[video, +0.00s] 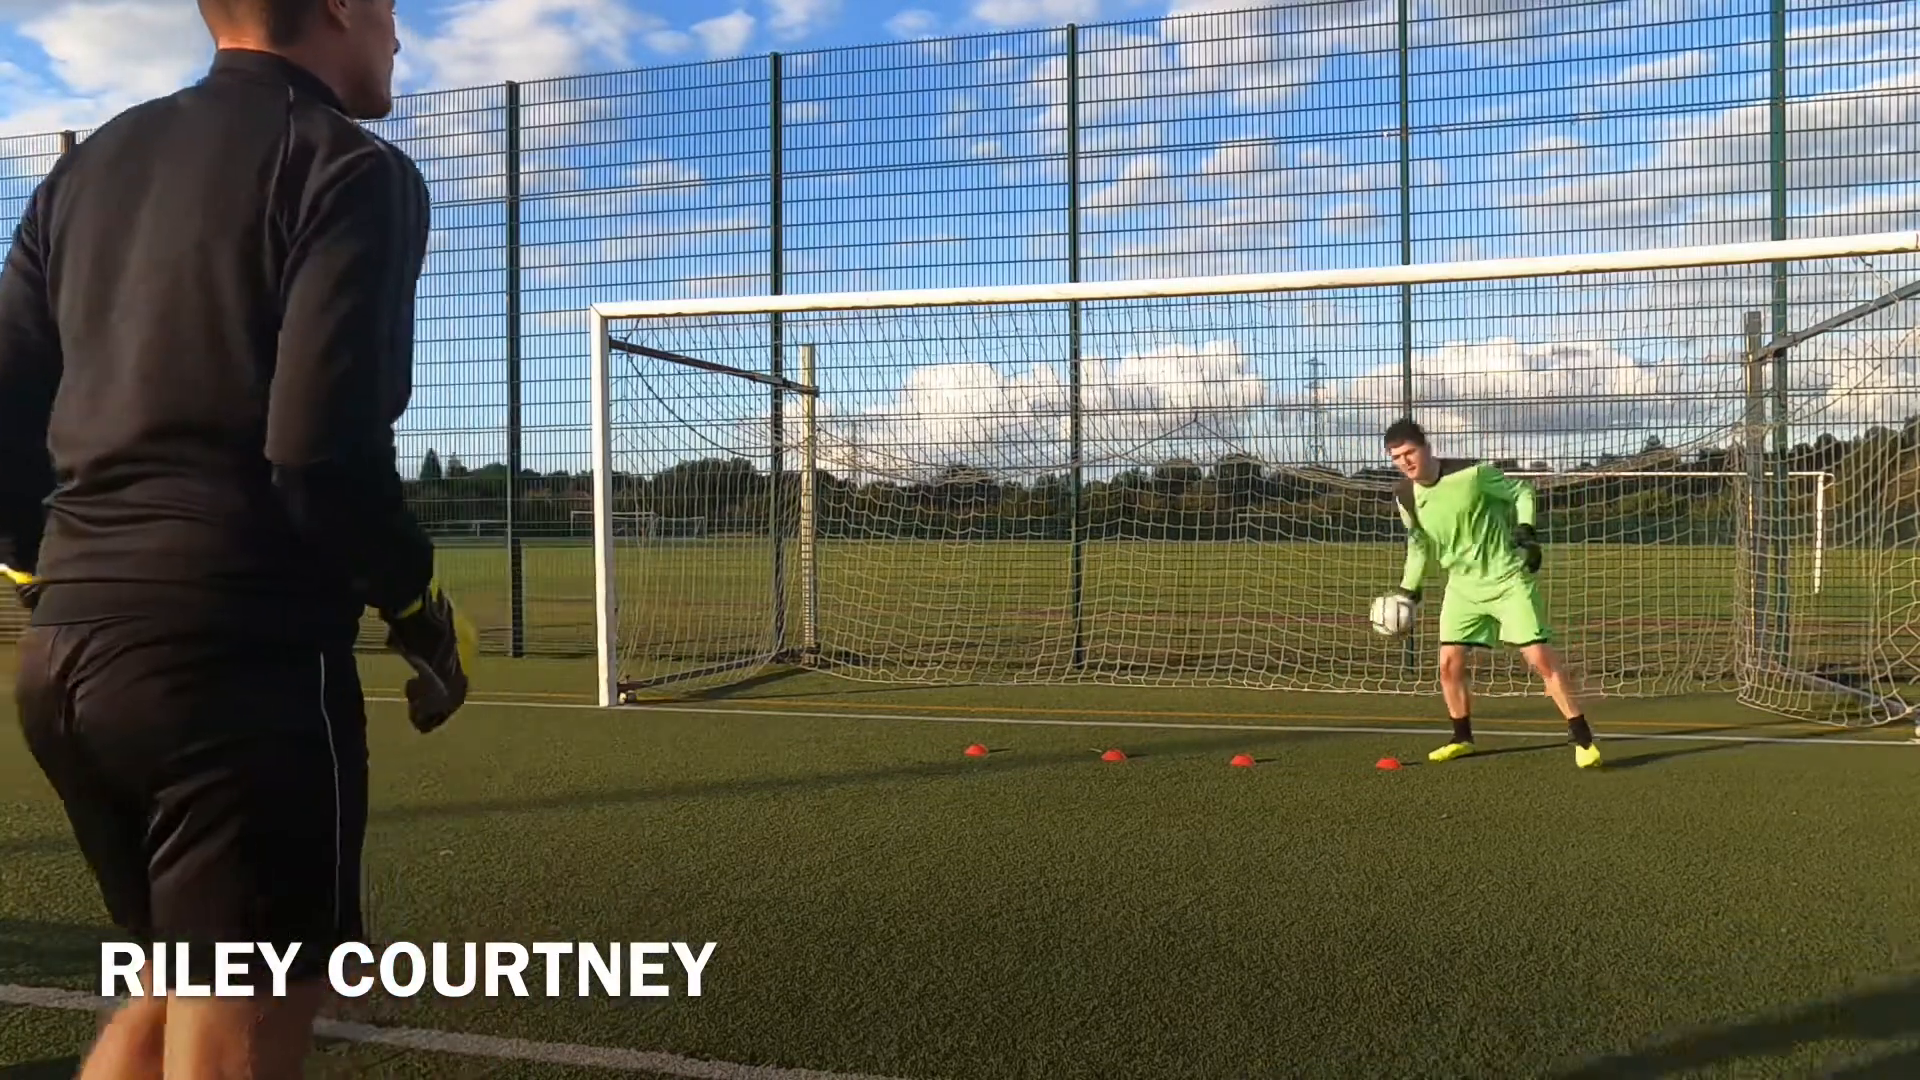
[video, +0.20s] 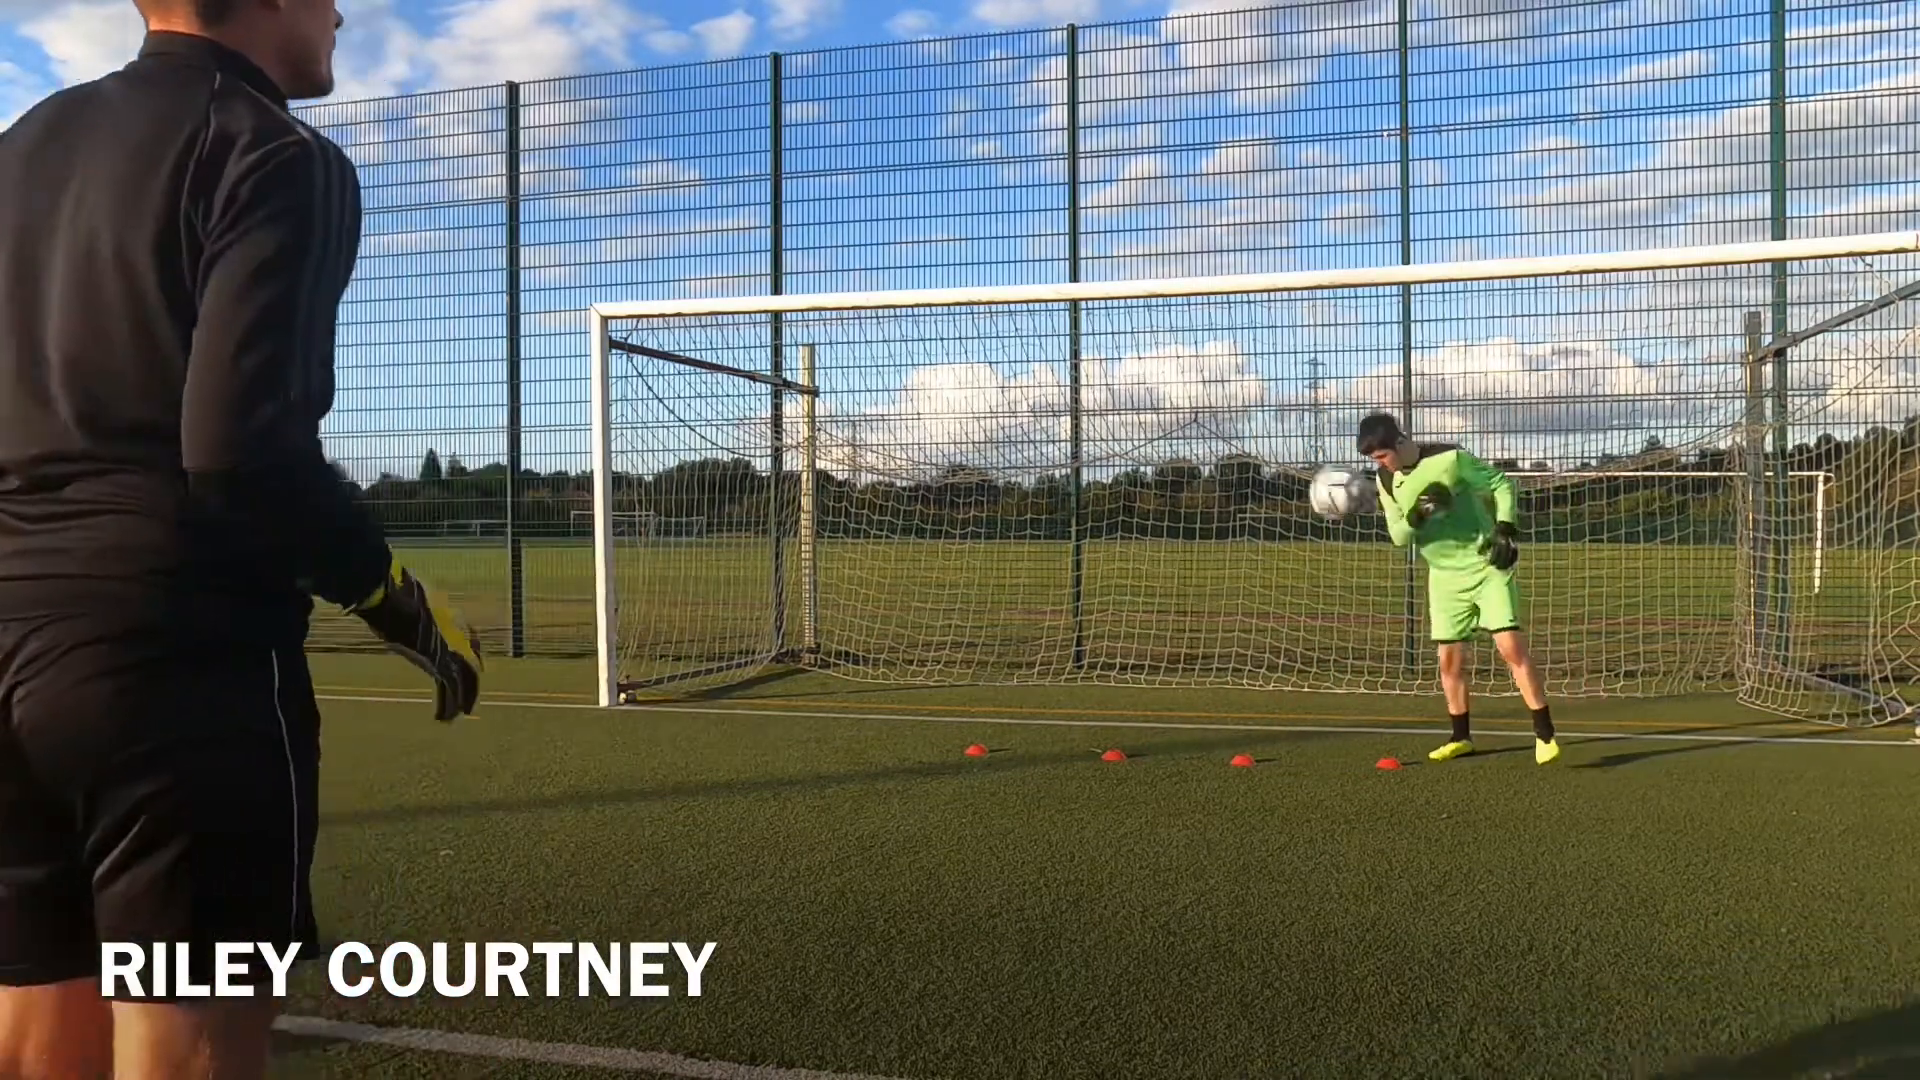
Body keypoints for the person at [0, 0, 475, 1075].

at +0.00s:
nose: (397, 48)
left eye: (397, 20)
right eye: (390, 15)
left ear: (229, 19)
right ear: (340, 11)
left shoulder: (81, 166)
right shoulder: (352, 167)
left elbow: (4, 410)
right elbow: (318, 449)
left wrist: (61, 561)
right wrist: (413, 601)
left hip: (62, 633)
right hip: (234, 642)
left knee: (167, 979)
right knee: (252, 1009)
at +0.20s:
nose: (337, 17)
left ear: (161, 9)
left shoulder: (23, 144)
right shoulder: (277, 155)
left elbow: (26, 429)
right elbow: (239, 446)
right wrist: (376, 582)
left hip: (11, 628)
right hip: (175, 638)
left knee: (39, 1052)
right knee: (191, 1054)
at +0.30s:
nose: (295, 5)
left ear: (119, 5)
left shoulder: (14, 122)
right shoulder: (213, 148)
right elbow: (247, 452)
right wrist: (435, 534)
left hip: (7, 633)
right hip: (153, 648)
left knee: (14, 1027)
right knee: (174, 1049)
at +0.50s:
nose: (246, 12)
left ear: (83, 1)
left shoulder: (17, 113)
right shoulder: (133, 142)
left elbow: (19, 420)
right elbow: (389, 410)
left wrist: (151, 551)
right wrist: (601, 374)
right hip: (69, 667)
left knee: (106, 1048)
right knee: (149, 1051)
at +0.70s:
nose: (282, 100)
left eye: (275, 62)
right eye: (263, 59)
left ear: (141, 56)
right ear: (172, 50)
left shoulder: (24, 167)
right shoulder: (150, 210)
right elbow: (446, 432)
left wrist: (70, 624)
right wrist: (734, 495)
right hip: (6, 723)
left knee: (76, 1031)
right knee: (109, 1040)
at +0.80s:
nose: (273, 131)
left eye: (274, 101)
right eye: (262, 98)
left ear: (75, 84)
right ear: (187, 77)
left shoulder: (14, 183)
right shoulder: (154, 229)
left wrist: (20, 653)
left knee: (68, 1039)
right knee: (86, 1044)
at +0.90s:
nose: (252, 139)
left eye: (255, 108)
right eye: (246, 104)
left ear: (67, 83)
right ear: (181, 85)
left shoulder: (17, 184)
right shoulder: (105, 236)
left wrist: (10, 656)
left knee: (59, 1040)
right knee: (71, 1046)